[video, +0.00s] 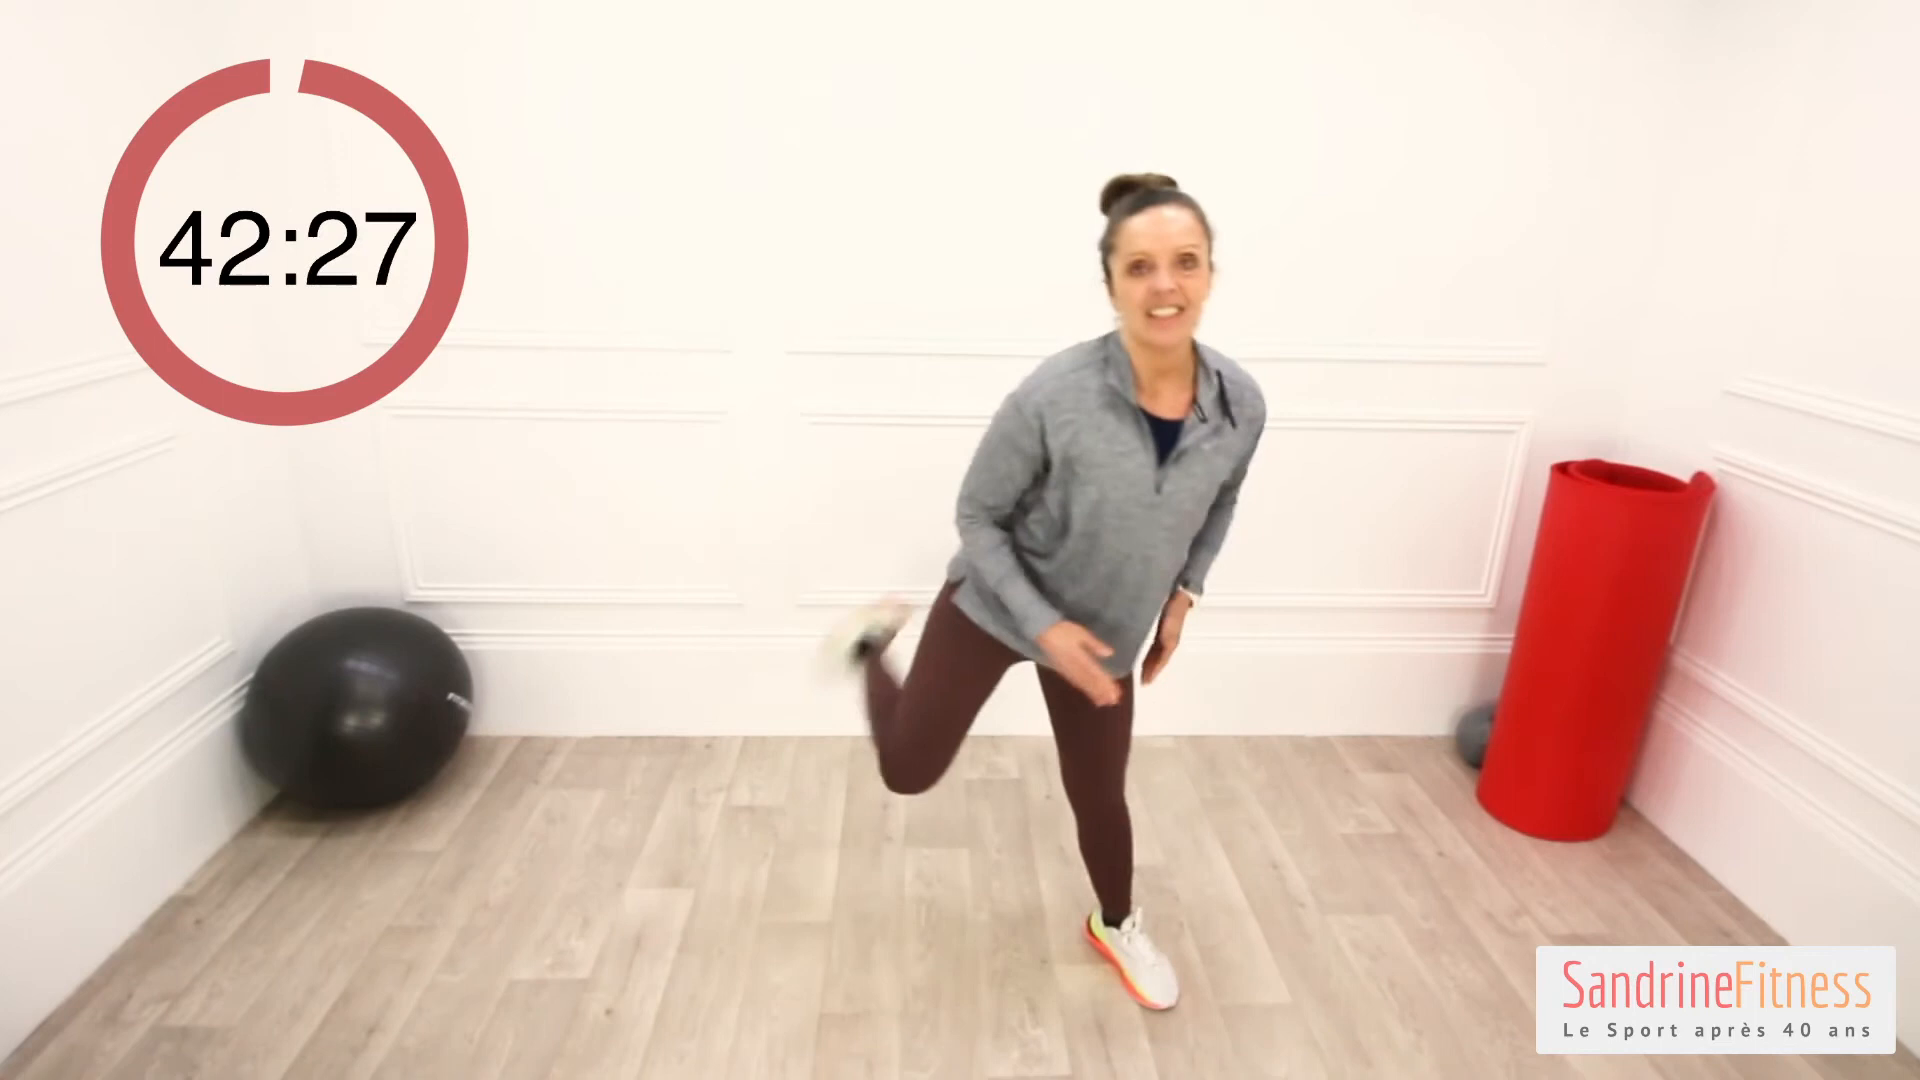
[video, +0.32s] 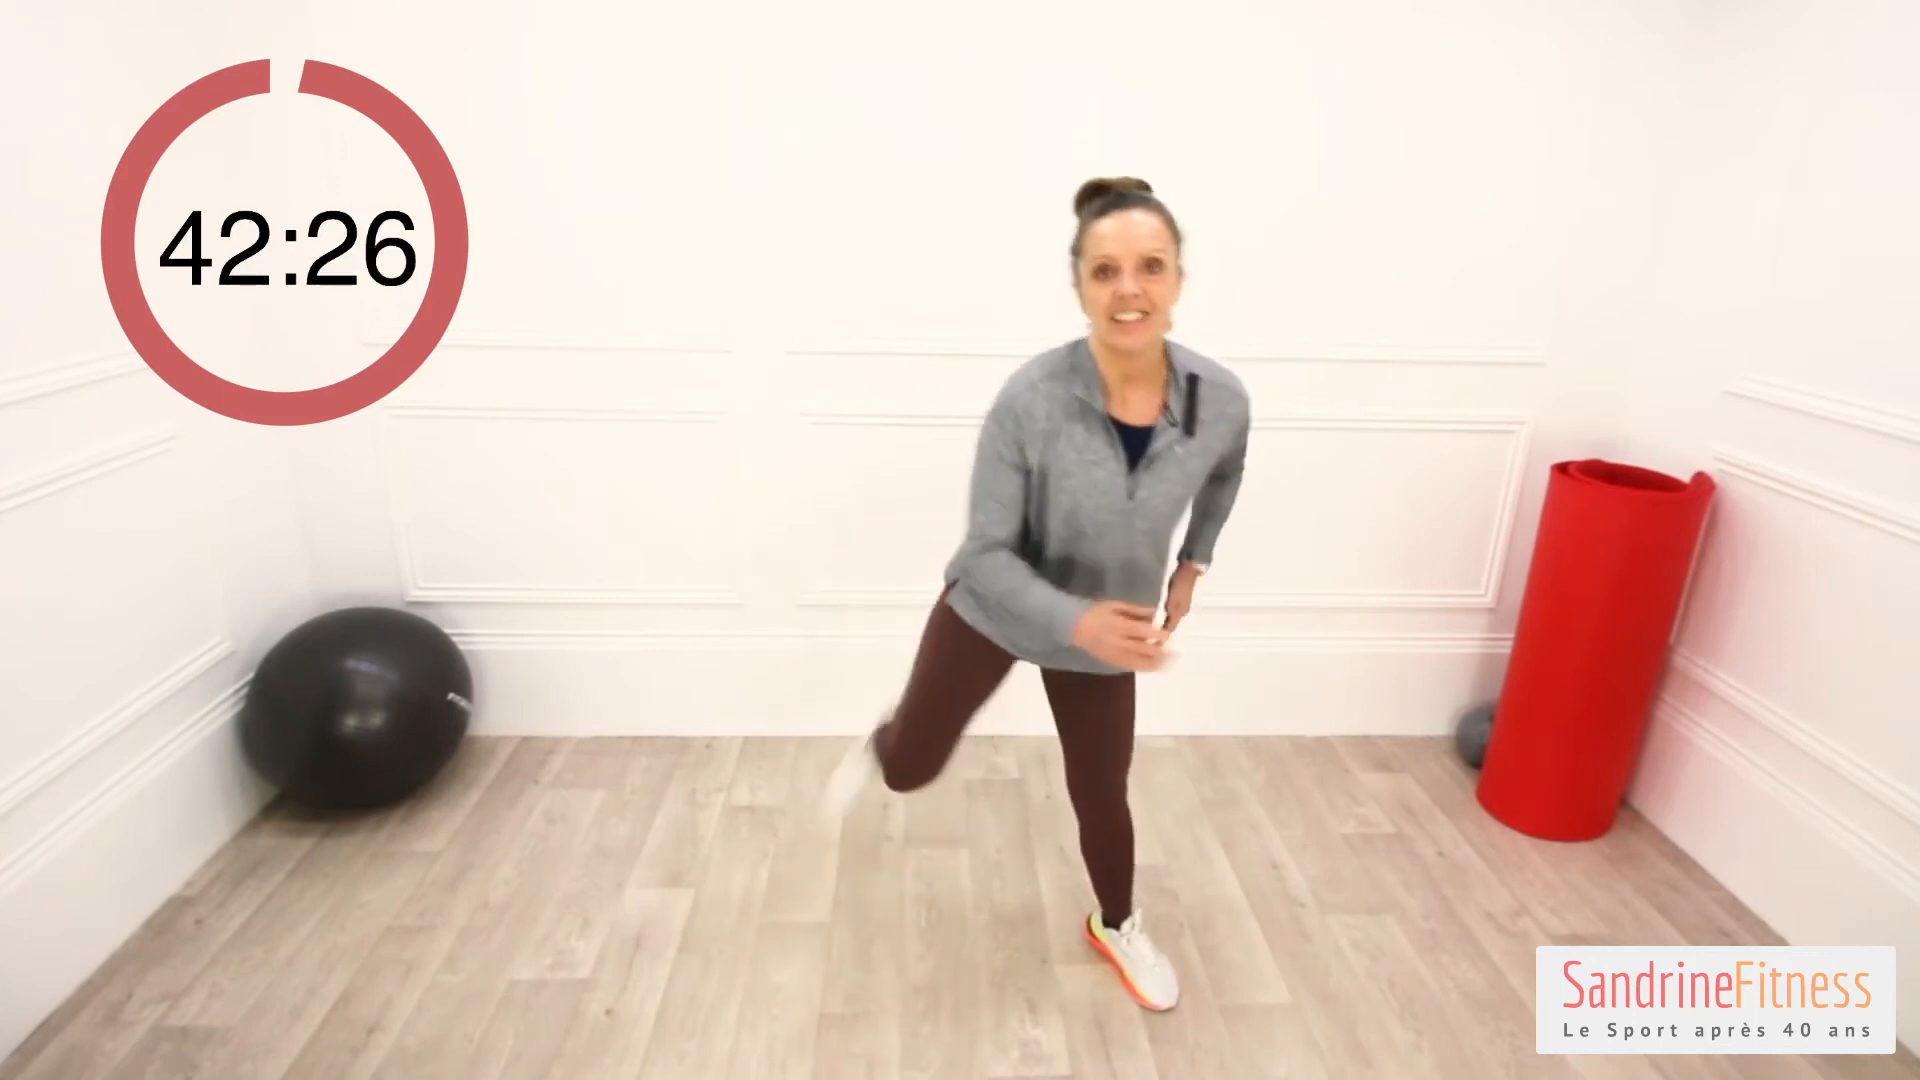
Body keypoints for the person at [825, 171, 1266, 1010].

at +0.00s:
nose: (1167, 288)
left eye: (1186, 263)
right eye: (1141, 269)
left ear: (1211, 275)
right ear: (1111, 287)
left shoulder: (1238, 407)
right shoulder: (1052, 398)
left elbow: (1219, 509)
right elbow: (977, 521)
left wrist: (1183, 594)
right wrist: (1046, 628)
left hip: (1107, 632)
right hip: (999, 604)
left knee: (1101, 795)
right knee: (909, 769)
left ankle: (1115, 924)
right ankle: (875, 644)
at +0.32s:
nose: (1130, 291)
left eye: (1151, 268)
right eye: (1106, 273)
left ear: (1179, 282)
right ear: (1079, 290)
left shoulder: (1220, 405)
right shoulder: (1030, 402)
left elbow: (1221, 482)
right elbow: (983, 558)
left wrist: (1190, 566)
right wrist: (1077, 621)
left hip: (1102, 629)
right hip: (999, 601)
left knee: (1103, 794)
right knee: (911, 766)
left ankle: (1115, 925)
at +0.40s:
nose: (1090, 293)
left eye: (1111, 271)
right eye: (1067, 275)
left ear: (1141, 285)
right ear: (1043, 292)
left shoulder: (1187, 403)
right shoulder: (996, 402)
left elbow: (1218, 468)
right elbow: (949, 551)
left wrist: (1185, 564)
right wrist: (1013, 633)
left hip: (1097, 627)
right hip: (984, 607)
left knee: (1100, 798)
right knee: (895, 754)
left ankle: (1116, 925)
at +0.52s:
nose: (1037, 318)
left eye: (1057, 295)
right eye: (1015, 299)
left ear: (1089, 306)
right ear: (994, 315)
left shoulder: (1142, 428)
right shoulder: (947, 428)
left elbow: (1190, 499)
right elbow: (888, 567)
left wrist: (1164, 598)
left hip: (1078, 639)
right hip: (964, 624)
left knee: (1094, 810)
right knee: (887, 770)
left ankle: (1116, 927)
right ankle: (803, 908)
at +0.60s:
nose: (976, 346)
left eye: (996, 325)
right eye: (956, 328)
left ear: (1030, 335)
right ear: (936, 342)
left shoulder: (1080, 462)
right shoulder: (892, 454)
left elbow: (1136, 563)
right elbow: (818, 583)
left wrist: (1121, 674)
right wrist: (800, 703)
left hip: (1051, 671)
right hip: (936, 659)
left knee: (1072, 829)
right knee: (863, 808)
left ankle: (1116, 930)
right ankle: (787, 930)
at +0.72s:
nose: (882, 332)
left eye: (903, 309)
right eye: (861, 311)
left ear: (937, 319)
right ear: (839, 324)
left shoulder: (986, 448)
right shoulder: (798, 445)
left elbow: (1038, 594)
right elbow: (749, 544)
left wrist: (992, 694)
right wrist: (750, 653)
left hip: (996, 654)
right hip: (879, 660)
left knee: (1052, 800)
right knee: (821, 813)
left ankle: (1120, 922)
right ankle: (779, 935)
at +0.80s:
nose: (827, 303)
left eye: (849, 280)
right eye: (806, 284)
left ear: (885, 292)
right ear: (785, 299)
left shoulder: (934, 419)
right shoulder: (755, 413)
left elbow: (987, 590)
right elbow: (743, 499)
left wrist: (890, 655)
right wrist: (763, 591)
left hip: (958, 615)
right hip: (844, 632)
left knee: (1043, 761)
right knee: (808, 802)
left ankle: (1118, 898)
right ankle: (778, 933)